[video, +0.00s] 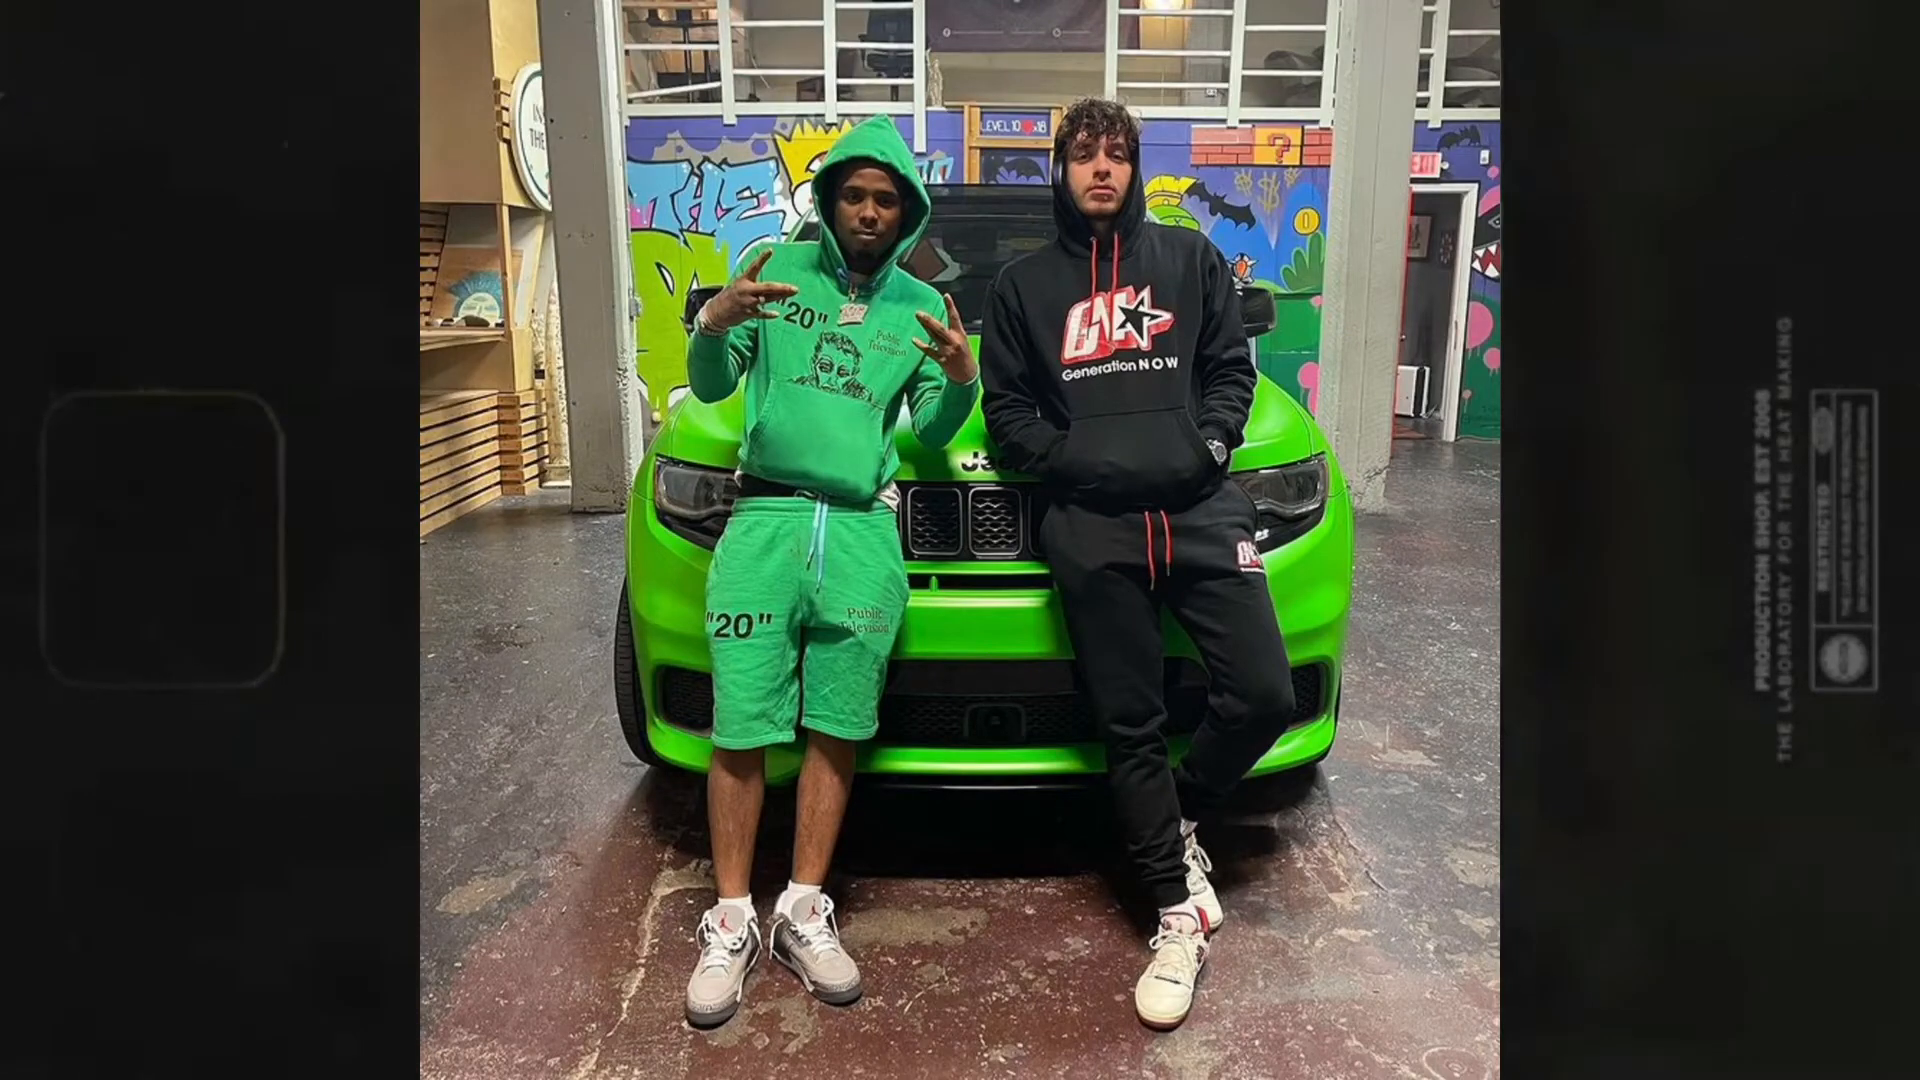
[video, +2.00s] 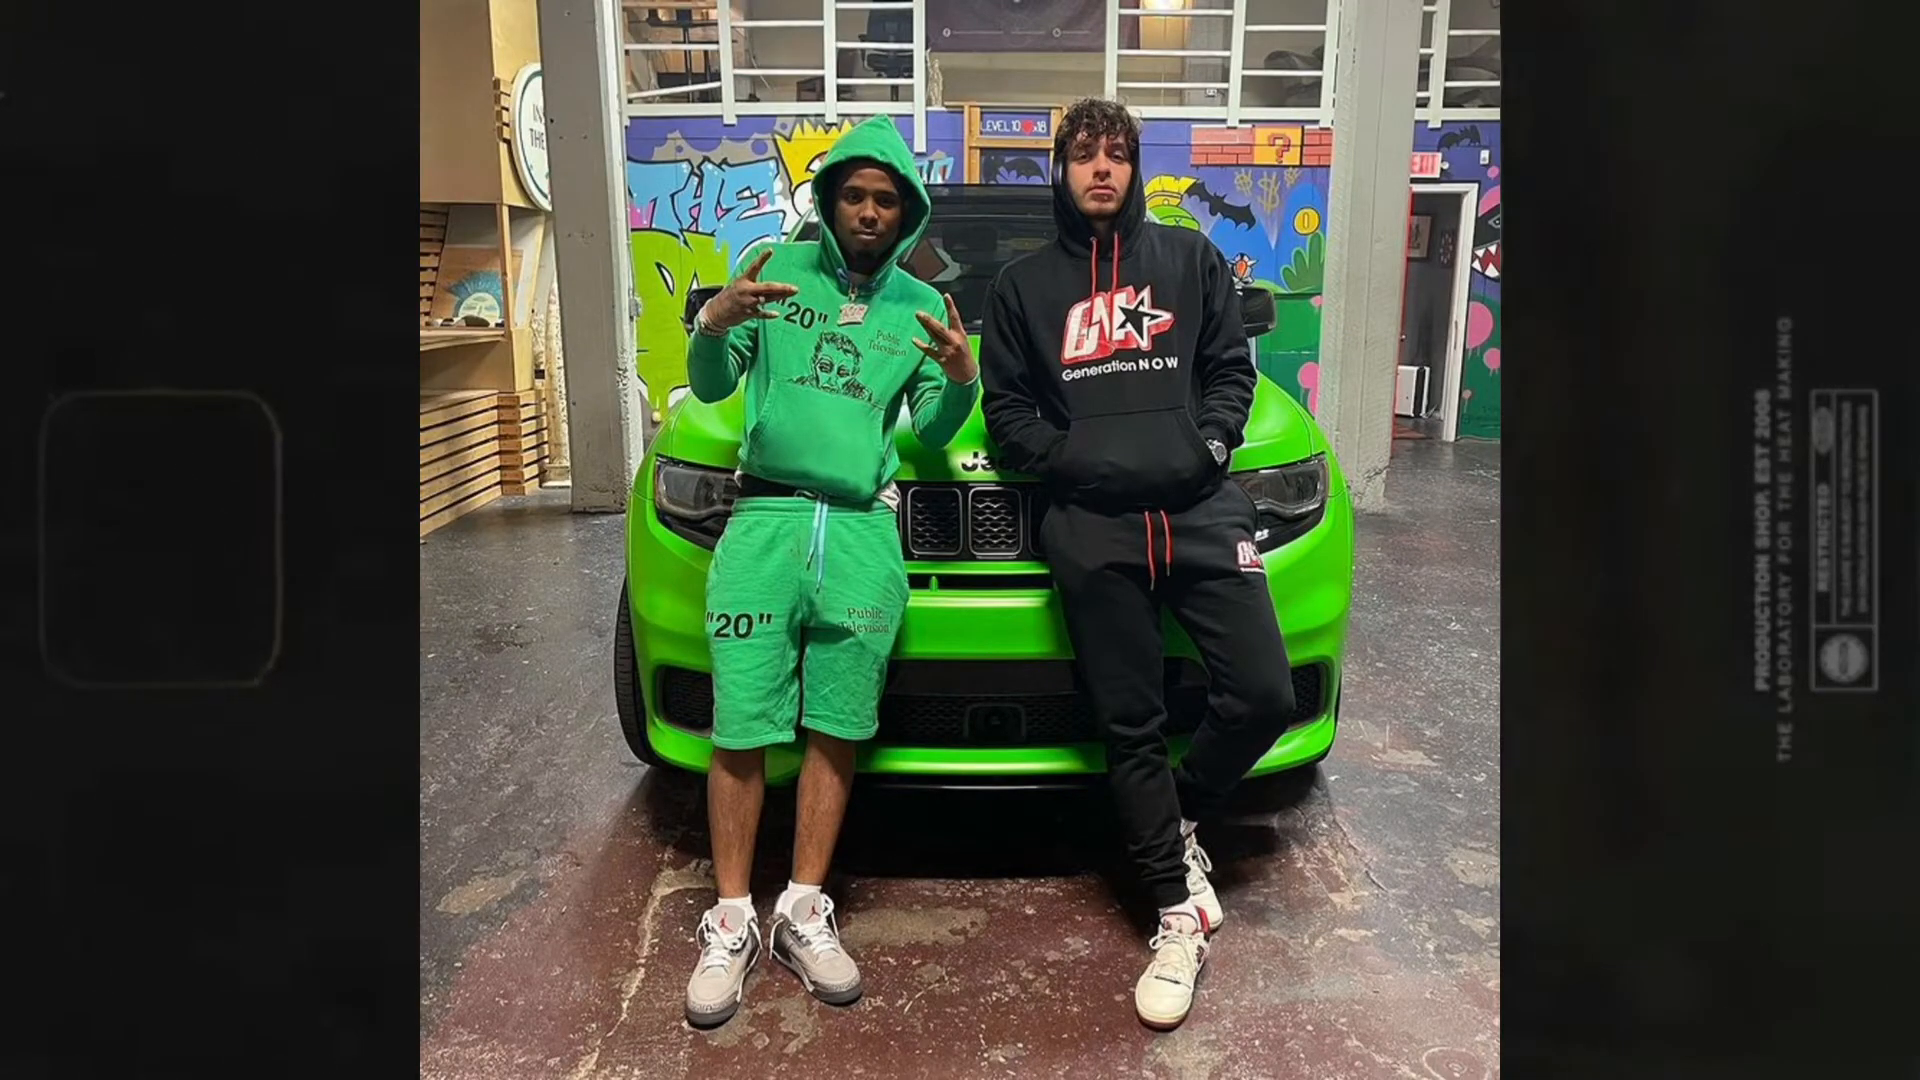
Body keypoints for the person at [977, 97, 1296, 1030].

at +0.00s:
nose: (1101, 171)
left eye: (1115, 159)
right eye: (1086, 159)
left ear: (1137, 170)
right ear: (1061, 172)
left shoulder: (1193, 257)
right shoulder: (1019, 281)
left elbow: (1232, 367)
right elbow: (1005, 405)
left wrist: (1208, 445)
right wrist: (1064, 456)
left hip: (1200, 503)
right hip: (1091, 514)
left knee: (1262, 692)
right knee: (1131, 720)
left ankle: (1180, 818)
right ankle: (1178, 917)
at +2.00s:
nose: (1101, 171)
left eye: (1115, 159)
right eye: (1086, 159)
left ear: (1137, 170)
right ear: (1061, 172)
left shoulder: (1193, 257)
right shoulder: (1019, 281)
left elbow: (1232, 367)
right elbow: (1005, 405)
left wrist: (1208, 445)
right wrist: (1065, 456)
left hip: (1200, 502)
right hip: (1091, 513)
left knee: (1262, 692)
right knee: (1131, 719)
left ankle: (1180, 820)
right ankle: (1179, 917)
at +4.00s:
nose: (1102, 171)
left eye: (1116, 158)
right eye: (1088, 158)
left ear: (1137, 171)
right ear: (1062, 171)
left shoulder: (1191, 256)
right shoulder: (1018, 280)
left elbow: (1232, 364)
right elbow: (1004, 403)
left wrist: (1209, 444)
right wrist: (1065, 458)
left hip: (1200, 503)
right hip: (1091, 514)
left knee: (1262, 693)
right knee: (1131, 718)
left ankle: (1179, 819)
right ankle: (1179, 916)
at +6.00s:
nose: (1102, 171)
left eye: (1115, 158)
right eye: (1087, 158)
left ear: (1137, 171)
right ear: (1061, 172)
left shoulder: (1191, 256)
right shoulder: (1017, 280)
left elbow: (1232, 363)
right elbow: (1003, 403)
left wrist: (1209, 444)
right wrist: (1064, 457)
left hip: (1200, 503)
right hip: (1091, 514)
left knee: (1262, 692)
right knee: (1131, 719)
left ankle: (1180, 818)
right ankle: (1179, 918)